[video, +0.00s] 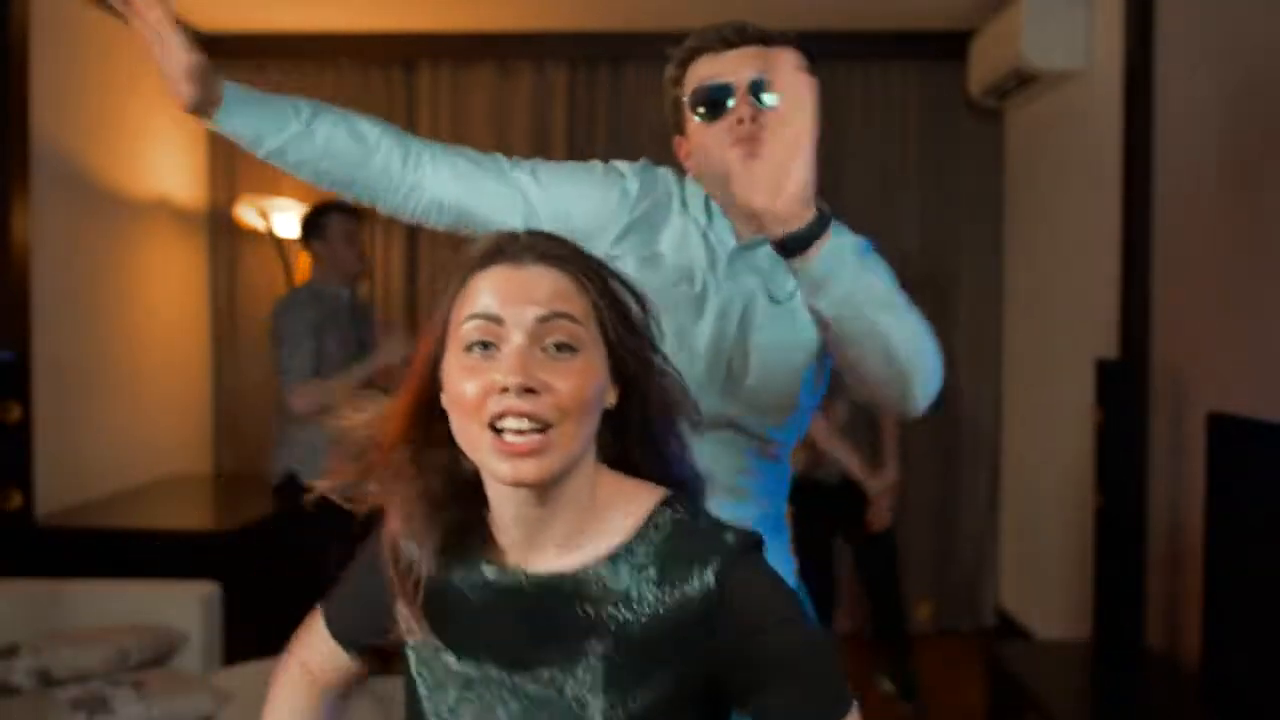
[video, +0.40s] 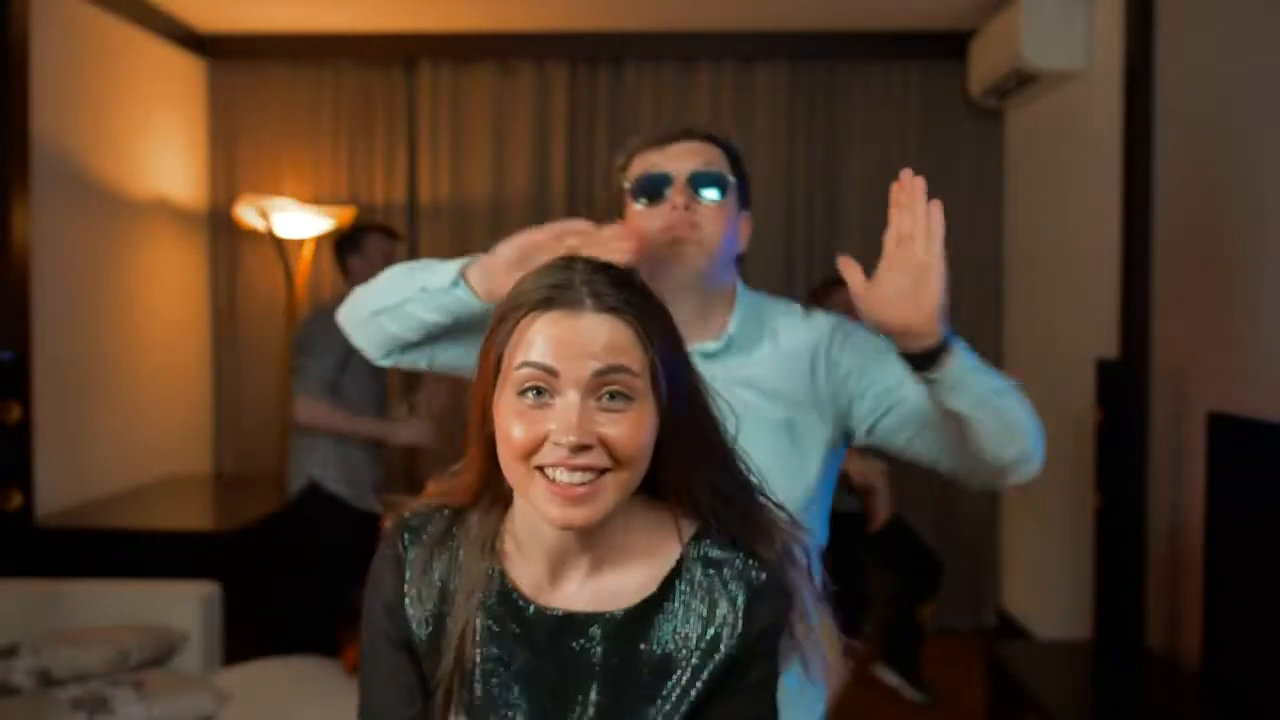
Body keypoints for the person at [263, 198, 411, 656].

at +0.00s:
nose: (360, 251)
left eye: (359, 239)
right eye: (348, 241)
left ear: (355, 244)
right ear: (317, 247)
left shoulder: (357, 307)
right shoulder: (298, 308)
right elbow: (300, 399)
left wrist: (391, 370)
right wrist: (373, 366)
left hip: (354, 472)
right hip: (306, 475)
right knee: (304, 593)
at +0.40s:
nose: (390, 271)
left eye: (393, 261)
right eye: (382, 260)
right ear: (352, 263)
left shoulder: (372, 331)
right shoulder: (330, 325)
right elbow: (307, 408)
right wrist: (394, 430)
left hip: (358, 494)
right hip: (325, 494)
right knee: (325, 616)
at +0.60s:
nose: (384, 276)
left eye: (392, 264)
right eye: (374, 263)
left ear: (401, 268)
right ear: (352, 268)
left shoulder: (384, 334)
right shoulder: (325, 328)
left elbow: (394, 426)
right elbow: (272, 406)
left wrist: (431, 377)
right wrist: (348, 476)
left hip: (364, 503)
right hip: (323, 505)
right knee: (323, 631)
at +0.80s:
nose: (380, 254)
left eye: (383, 244)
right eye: (371, 243)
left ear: (384, 251)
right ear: (341, 247)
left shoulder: (380, 318)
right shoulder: (302, 314)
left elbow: (428, 370)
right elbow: (230, 374)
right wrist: (283, 441)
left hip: (388, 485)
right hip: (332, 487)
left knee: (387, 603)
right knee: (334, 609)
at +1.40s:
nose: (340, 270)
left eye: (339, 258)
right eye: (325, 263)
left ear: (345, 260)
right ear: (297, 276)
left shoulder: (377, 320)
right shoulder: (282, 341)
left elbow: (402, 405)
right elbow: (250, 432)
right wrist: (311, 459)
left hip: (379, 488)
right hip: (315, 495)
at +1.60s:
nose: (340, 271)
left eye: (339, 260)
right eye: (326, 265)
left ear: (345, 260)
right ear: (299, 277)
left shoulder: (379, 323)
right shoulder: (286, 346)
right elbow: (288, 445)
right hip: (319, 496)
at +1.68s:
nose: (342, 264)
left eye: (343, 253)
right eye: (327, 258)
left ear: (351, 256)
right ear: (302, 269)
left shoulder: (373, 314)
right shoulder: (296, 332)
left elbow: (379, 389)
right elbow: (304, 433)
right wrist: (386, 389)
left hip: (378, 486)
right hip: (321, 490)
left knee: (396, 610)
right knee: (322, 614)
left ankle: (357, 686)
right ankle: (315, 688)